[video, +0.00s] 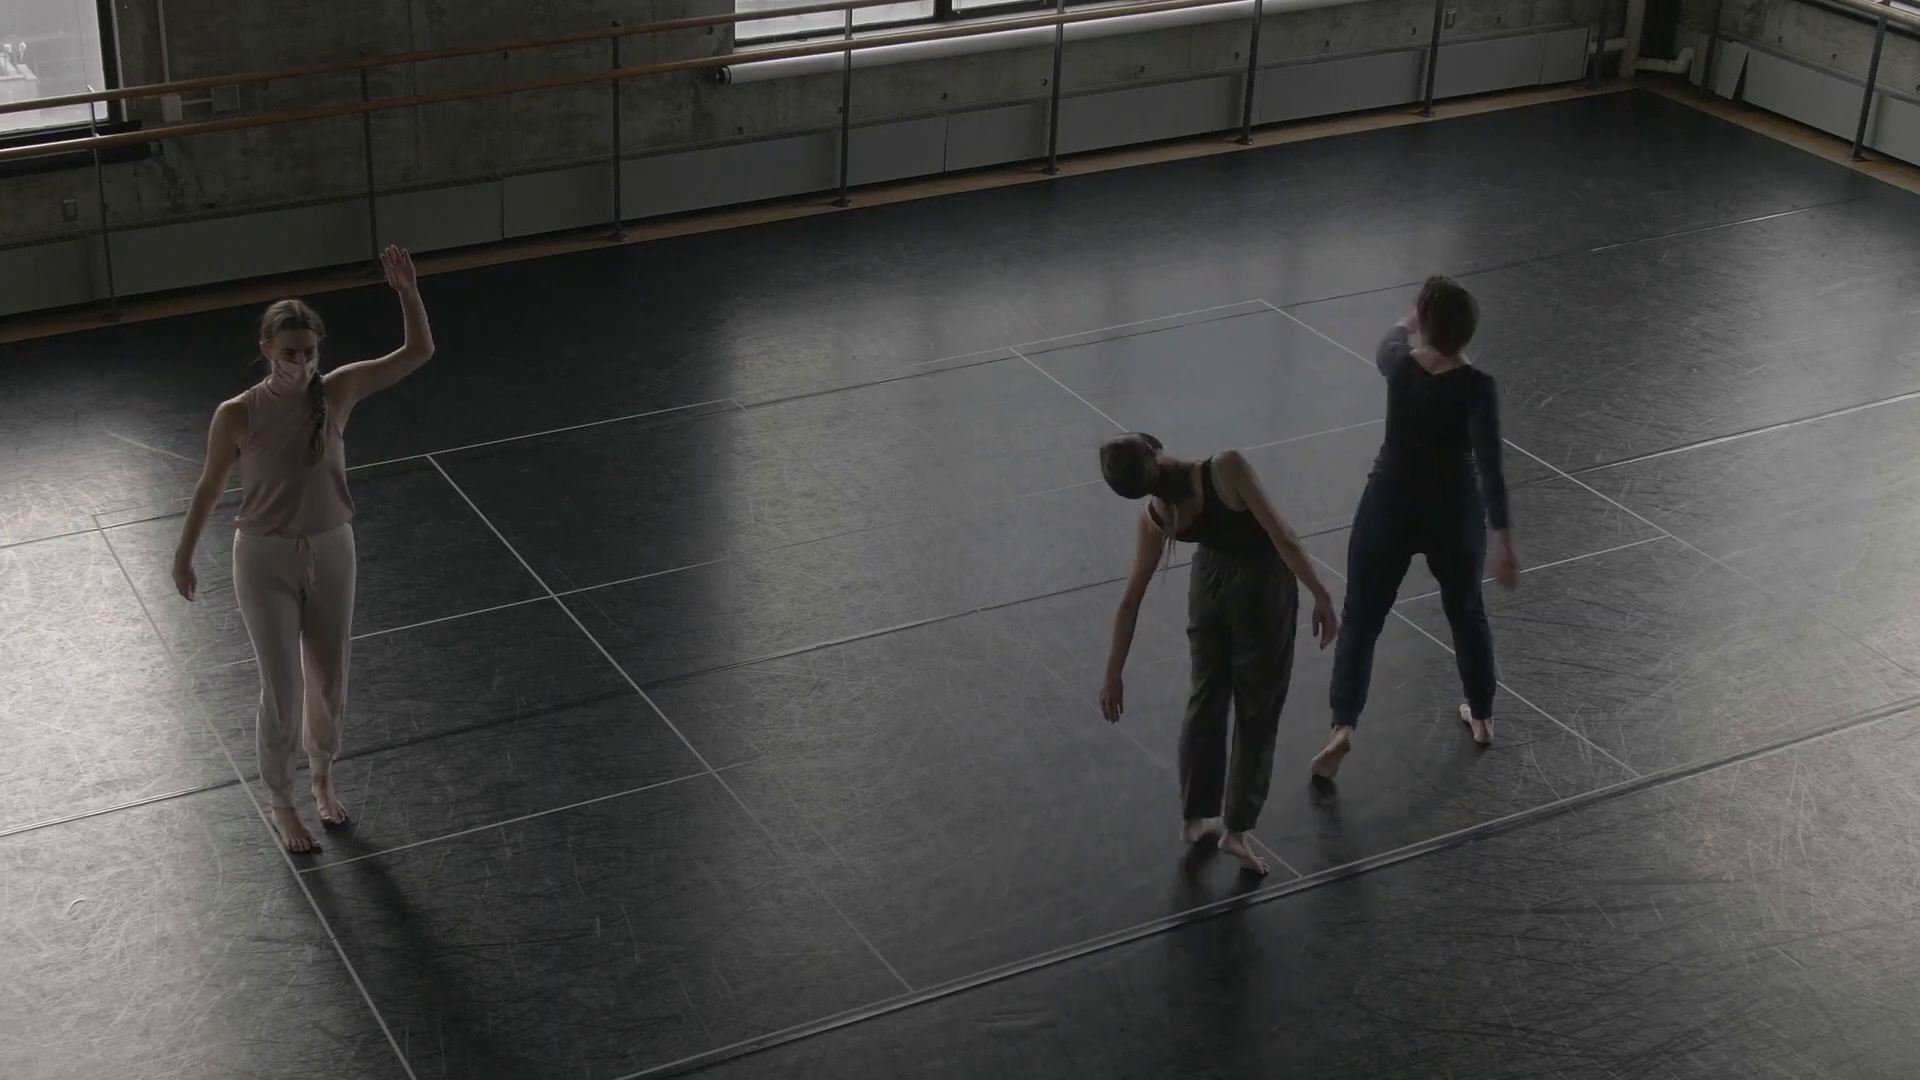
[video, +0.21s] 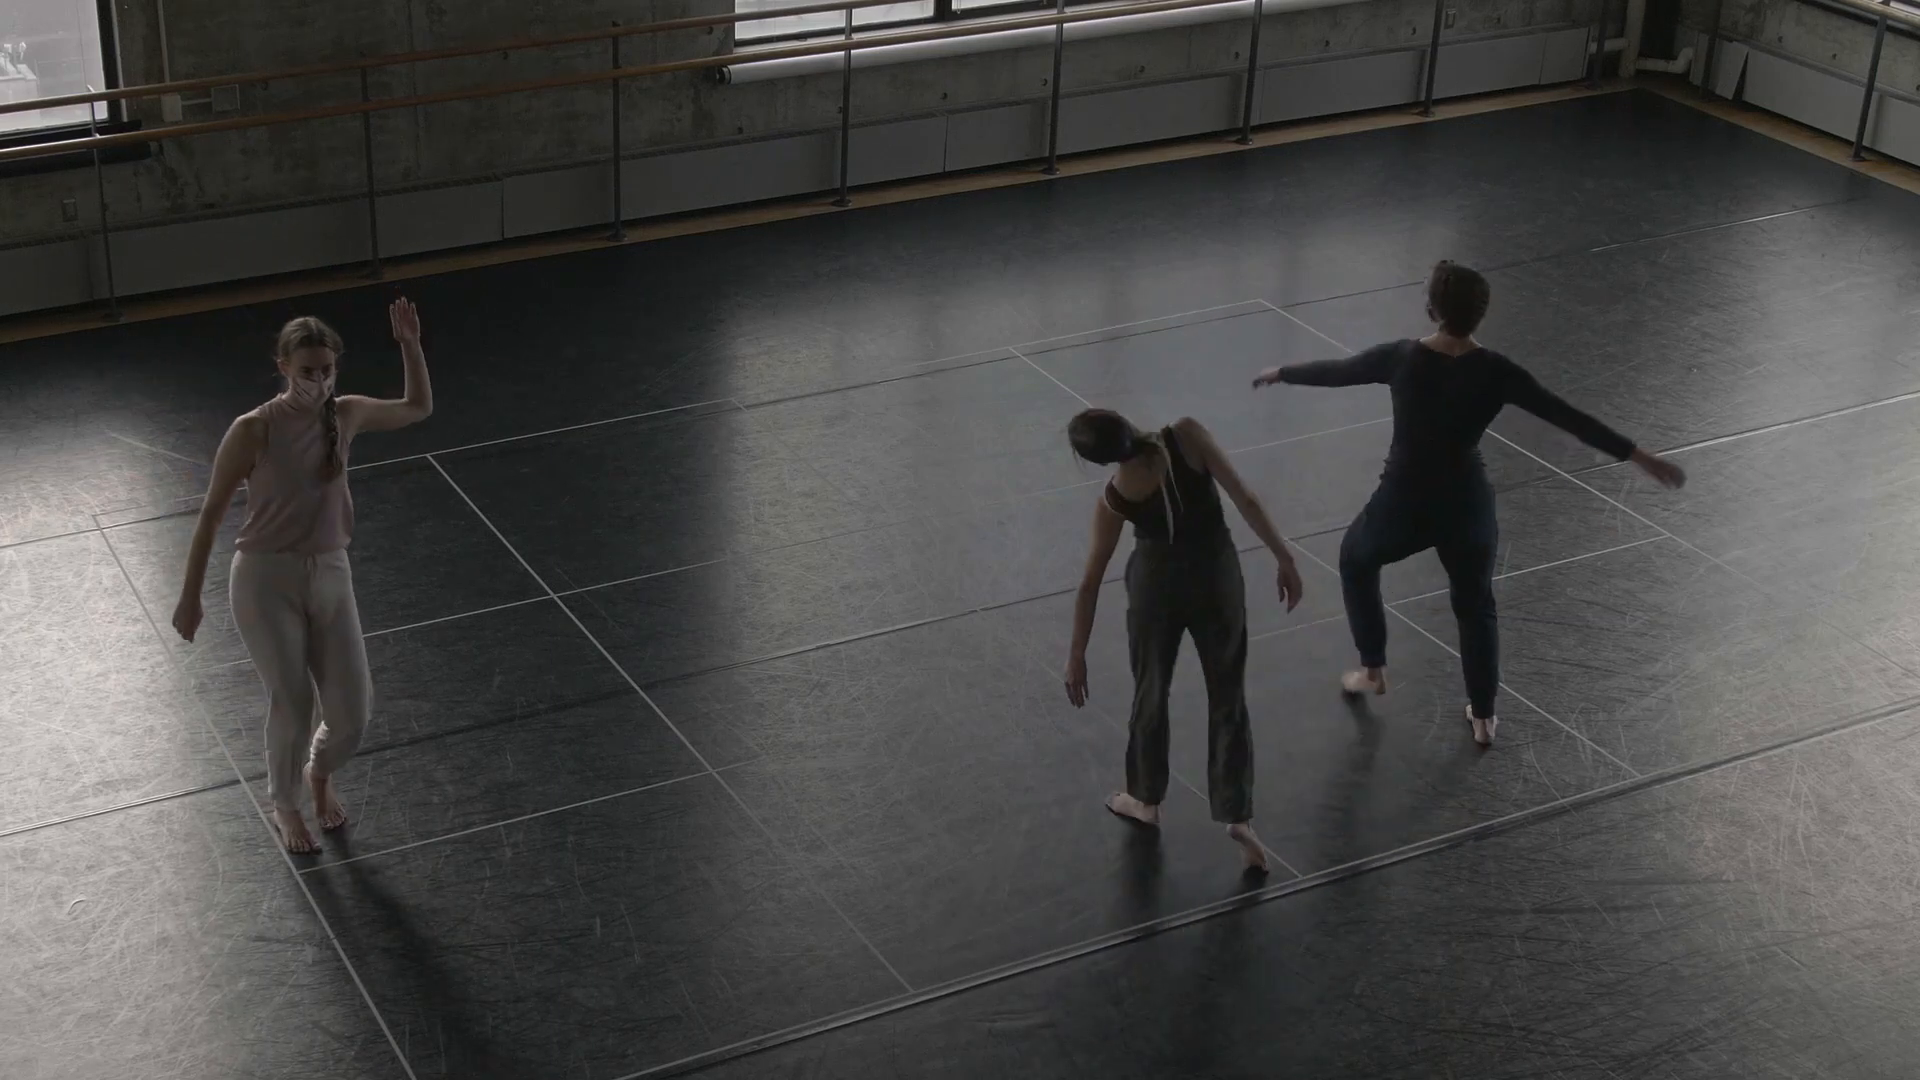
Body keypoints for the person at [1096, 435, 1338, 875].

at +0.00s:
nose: (1147, 439)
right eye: (1145, 441)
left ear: (1136, 491)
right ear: (1156, 450)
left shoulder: (1155, 518)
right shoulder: (1228, 469)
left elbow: (1130, 601)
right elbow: (1280, 535)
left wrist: (1112, 675)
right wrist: (1320, 594)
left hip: (1209, 584)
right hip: (1263, 585)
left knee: (1205, 696)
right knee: (1258, 707)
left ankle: (1197, 818)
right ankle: (1237, 831)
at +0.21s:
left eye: (1087, 455)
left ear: (1101, 460)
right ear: (1127, 424)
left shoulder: (1115, 500)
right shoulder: (1187, 436)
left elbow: (1090, 583)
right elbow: (1243, 497)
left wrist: (1076, 655)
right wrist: (1285, 558)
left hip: (1157, 590)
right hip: (1217, 581)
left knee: (1151, 691)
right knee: (1229, 697)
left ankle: (1146, 799)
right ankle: (1238, 816)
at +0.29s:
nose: (1059, 441)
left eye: (1062, 438)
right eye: (1058, 435)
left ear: (1079, 446)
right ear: (1111, 413)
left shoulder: (1095, 494)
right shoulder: (1164, 427)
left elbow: (1075, 576)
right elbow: (1223, 484)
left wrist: (1064, 649)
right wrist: (1265, 543)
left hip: (1135, 599)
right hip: (1192, 585)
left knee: (1135, 699)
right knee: (1198, 686)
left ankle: (1141, 803)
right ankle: (1225, 793)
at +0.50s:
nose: (1013, 414)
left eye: (1017, 410)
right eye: (1013, 407)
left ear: (1039, 411)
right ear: (1060, 387)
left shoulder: (1061, 466)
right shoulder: (1093, 407)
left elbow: (1066, 557)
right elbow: (1147, 441)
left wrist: (1055, 628)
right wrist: (1193, 483)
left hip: (1097, 577)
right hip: (1127, 553)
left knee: (1108, 683)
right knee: (1054, 623)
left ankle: (1140, 790)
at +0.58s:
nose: (993, 405)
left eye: (997, 400)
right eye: (993, 398)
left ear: (1018, 404)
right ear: (1038, 381)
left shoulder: (1045, 454)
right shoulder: (1058, 399)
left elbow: (1067, 542)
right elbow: (1100, 427)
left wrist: (1066, 624)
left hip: (1077, 564)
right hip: (1078, 545)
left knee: (1059, 674)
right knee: (1030, 608)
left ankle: (1129, 769)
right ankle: (1000, 683)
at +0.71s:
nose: (964, 409)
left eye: (972, 405)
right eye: (964, 400)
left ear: (999, 405)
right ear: (1009, 395)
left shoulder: (1023, 462)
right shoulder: (1013, 410)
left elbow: (1062, 542)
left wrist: (1083, 618)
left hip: (1051, 565)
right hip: (1028, 544)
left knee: (975, 659)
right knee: (972, 620)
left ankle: (1054, 731)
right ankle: (1001, 700)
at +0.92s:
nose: (925, 450)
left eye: (935, 445)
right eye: (925, 441)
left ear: (968, 445)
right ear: (959, 441)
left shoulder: (982, 499)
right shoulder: (947, 460)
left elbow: (1031, 570)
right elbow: (867, 464)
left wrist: (1064, 633)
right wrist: (795, 468)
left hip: (1018, 600)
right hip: (992, 578)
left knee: (910, 641)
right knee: (928, 629)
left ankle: (931, 729)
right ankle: (990, 690)